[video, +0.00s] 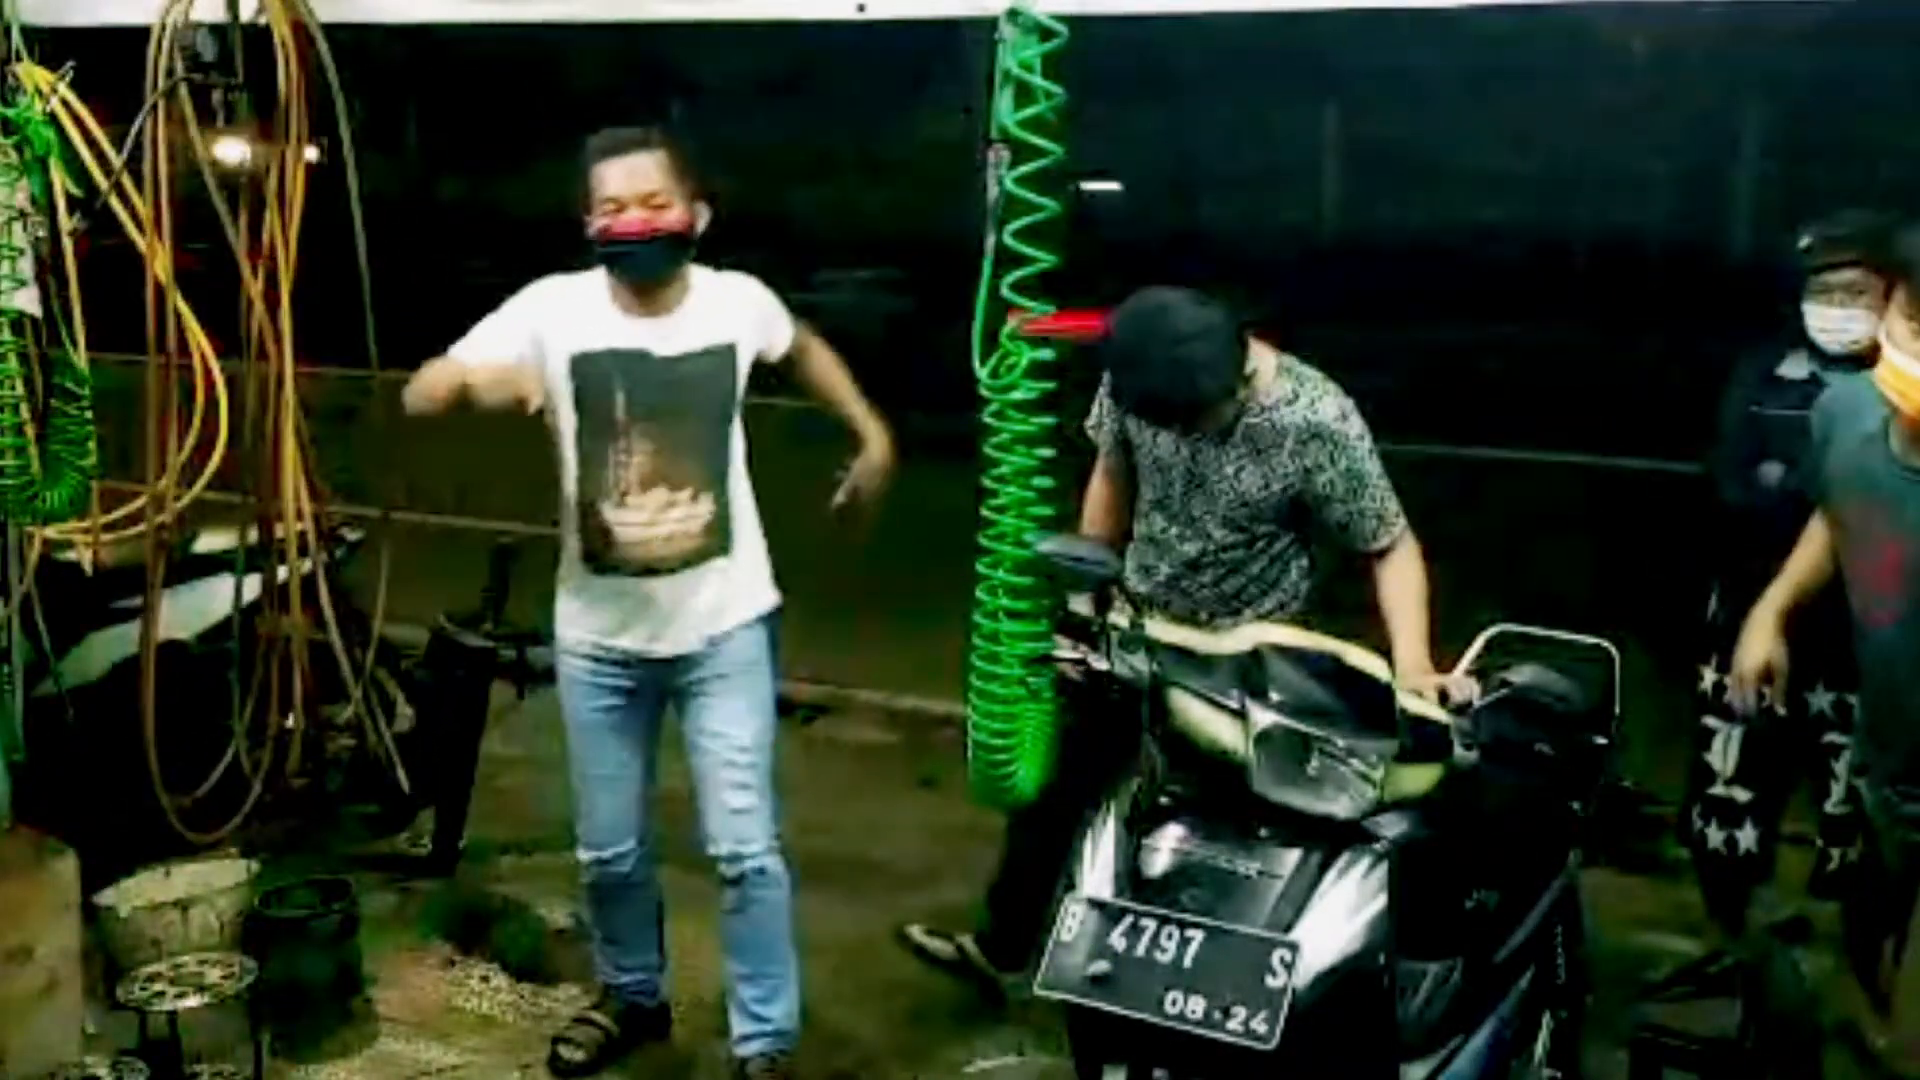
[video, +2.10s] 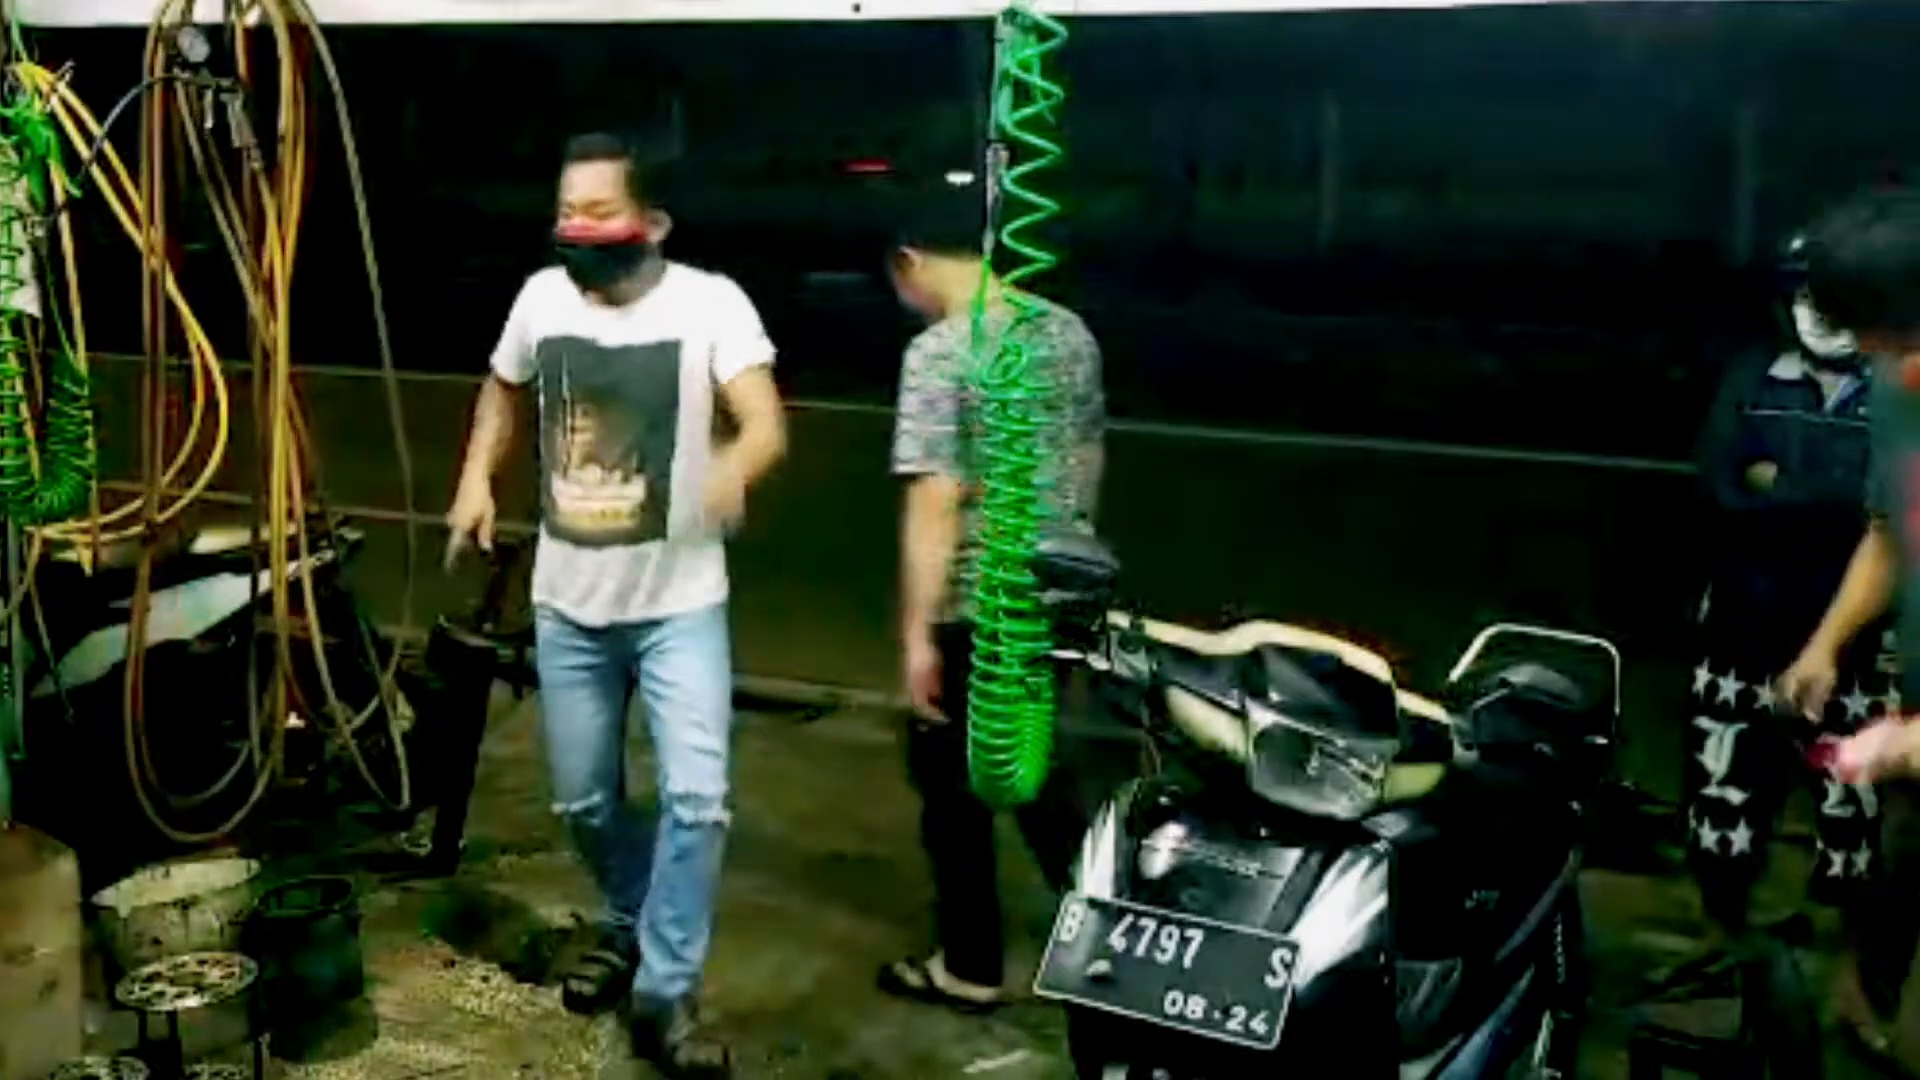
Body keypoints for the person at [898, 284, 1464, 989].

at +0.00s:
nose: (1178, 429)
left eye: (1187, 415)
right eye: (1161, 414)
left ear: (1222, 384)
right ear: (1138, 388)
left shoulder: (1315, 423)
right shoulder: (1132, 384)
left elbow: (1393, 546)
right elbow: (1110, 477)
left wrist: (1414, 670)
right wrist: (1085, 589)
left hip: (1252, 659)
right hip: (1138, 634)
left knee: (1251, 826)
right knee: (1056, 797)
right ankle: (1001, 948)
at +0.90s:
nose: (1085, 379)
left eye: (1083, 366)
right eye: (1074, 368)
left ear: (1114, 335)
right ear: (1111, 327)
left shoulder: (1231, 394)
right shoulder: (1114, 362)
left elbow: (1336, 515)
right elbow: (1101, 453)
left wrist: (1395, 661)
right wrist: (1084, 568)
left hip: (1225, 657)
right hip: (1129, 633)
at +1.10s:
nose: (1053, 348)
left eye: (1051, 335)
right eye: (1045, 339)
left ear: (1080, 305)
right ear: (1081, 304)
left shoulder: (1188, 371)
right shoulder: (1089, 347)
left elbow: (1247, 507)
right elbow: (1089, 471)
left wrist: (1277, 647)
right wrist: (1085, 566)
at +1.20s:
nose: (1030, 341)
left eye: (1027, 324)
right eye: (1021, 328)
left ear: (1054, 296)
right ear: (1054, 293)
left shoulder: (1158, 366)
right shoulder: (1092, 353)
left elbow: (1203, 518)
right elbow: (1099, 510)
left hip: (1159, 634)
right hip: (1106, 627)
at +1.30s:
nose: (1014, 338)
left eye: (1008, 322)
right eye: (1002, 326)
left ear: (1032, 293)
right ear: (1038, 287)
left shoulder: (1126, 360)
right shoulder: (1092, 353)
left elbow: (1152, 512)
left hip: (1153, 638)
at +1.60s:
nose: (994, 314)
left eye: (988, 297)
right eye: (987, 300)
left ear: (1005, 283)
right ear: (1056, 262)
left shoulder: (1062, 351)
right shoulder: (1137, 334)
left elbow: (1052, 508)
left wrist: (978, 607)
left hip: (1081, 616)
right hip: (1149, 599)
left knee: (1028, 802)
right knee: (1111, 788)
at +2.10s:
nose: (899, 288)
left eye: (897, 271)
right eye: (898, 272)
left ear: (918, 260)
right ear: (978, 249)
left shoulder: (938, 353)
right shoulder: (1070, 338)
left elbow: (934, 504)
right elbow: (1084, 477)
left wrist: (917, 632)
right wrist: (1060, 583)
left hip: (969, 616)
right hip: (1055, 611)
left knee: (948, 788)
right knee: (1046, 781)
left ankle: (969, 961)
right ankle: (1101, 932)